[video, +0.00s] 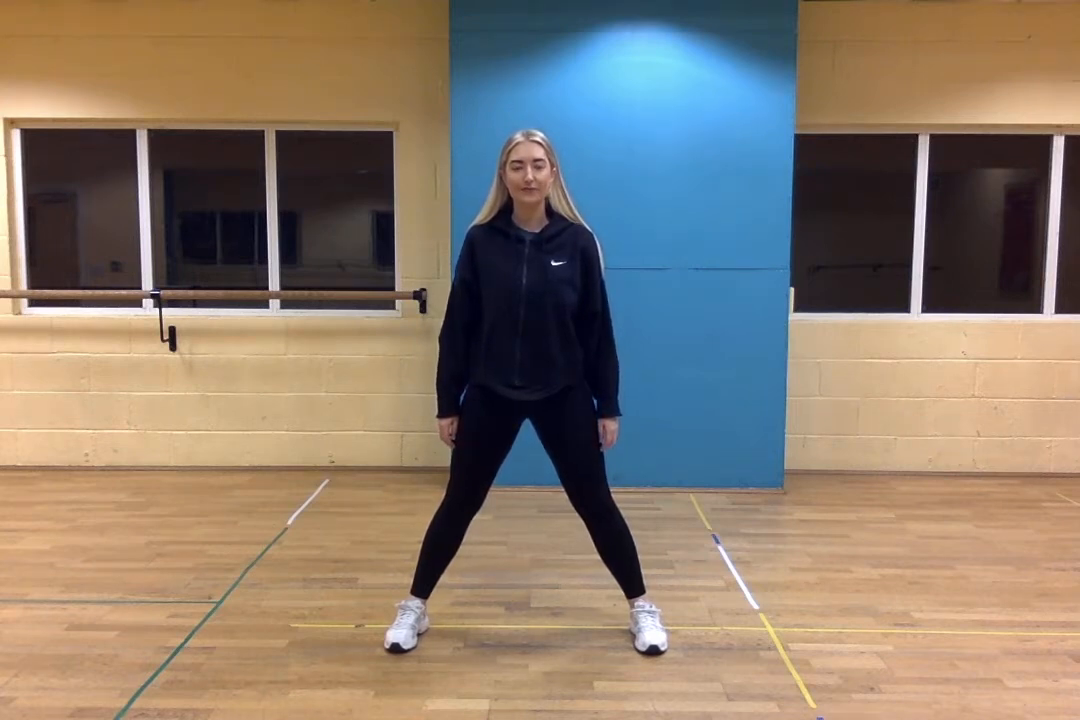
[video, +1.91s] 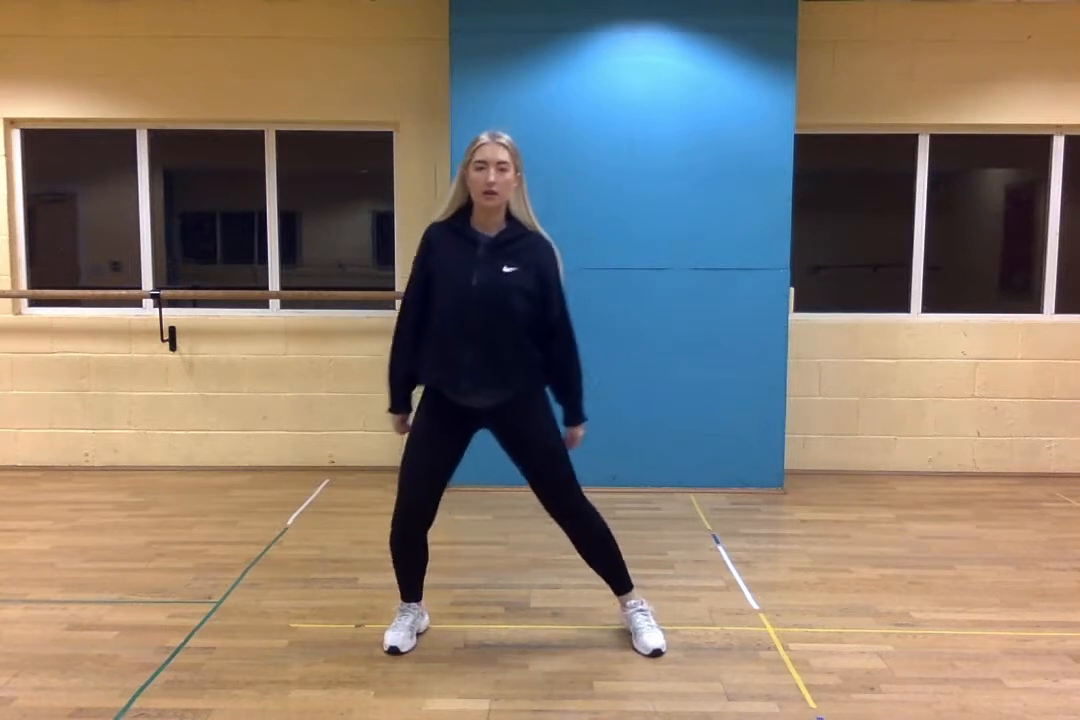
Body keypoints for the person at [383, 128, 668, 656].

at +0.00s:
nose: (528, 173)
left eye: (538, 164)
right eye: (518, 165)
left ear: (553, 173)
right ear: (504, 175)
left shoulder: (578, 240)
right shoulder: (481, 238)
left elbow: (597, 325)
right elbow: (457, 322)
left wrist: (608, 405)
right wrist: (448, 402)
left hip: (563, 394)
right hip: (491, 394)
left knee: (595, 503)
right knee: (459, 501)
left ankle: (641, 607)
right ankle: (413, 606)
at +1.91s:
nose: (491, 176)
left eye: (502, 167)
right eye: (481, 166)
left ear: (516, 178)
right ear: (466, 175)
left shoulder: (535, 248)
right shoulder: (439, 239)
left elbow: (557, 330)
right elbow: (411, 317)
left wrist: (573, 409)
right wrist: (400, 396)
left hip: (518, 398)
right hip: (446, 397)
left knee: (568, 504)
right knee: (409, 514)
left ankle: (632, 604)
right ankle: (410, 608)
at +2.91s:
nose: (506, 181)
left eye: (516, 172)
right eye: (496, 172)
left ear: (532, 183)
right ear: (482, 183)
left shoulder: (555, 254)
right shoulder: (458, 247)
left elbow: (581, 336)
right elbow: (426, 327)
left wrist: (599, 415)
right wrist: (411, 408)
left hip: (531, 403)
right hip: (459, 400)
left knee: (572, 510)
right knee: (418, 509)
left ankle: (627, 608)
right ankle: (412, 608)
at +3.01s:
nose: (503, 188)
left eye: (513, 180)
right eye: (493, 180)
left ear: (528, 191)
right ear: (479, 192)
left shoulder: (552, 259)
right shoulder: (455, 257)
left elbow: (573, 341)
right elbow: (423, 336)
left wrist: (581, 417)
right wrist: (409, 415)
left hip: (529, 410)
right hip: (457, 410)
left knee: (573, 516)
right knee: (418, 516)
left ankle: (629, 609)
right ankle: (412, 610)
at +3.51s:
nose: (548, 189)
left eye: (557, 180)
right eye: (537, 182)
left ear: (572, 189)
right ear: (523, 193)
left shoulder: (601, 254)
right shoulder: (503, 258)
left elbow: (623, 339)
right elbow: (486, 339)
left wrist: (630, 415)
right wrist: (490, 411)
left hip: (593, 407)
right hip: (519, 408)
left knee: (632, 518)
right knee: (461, 509)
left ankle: (636, 612)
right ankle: (416, 608)